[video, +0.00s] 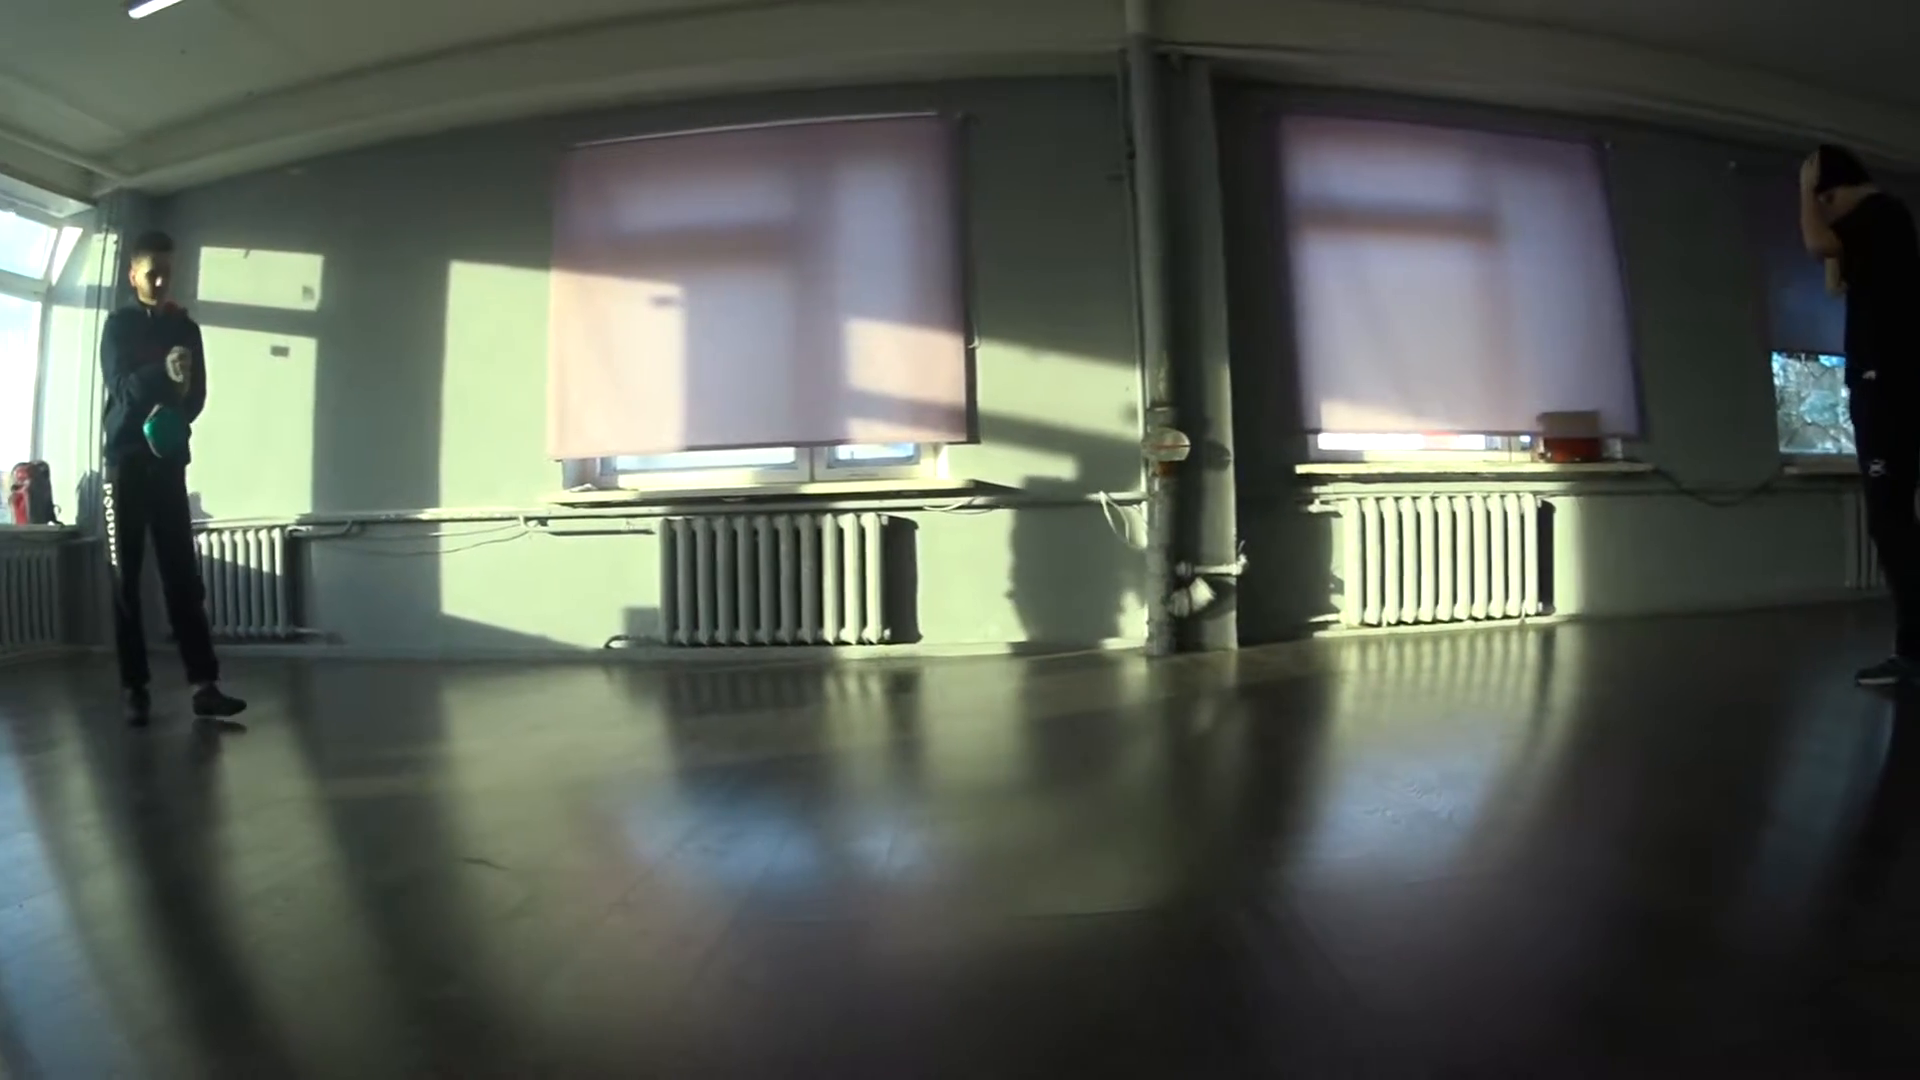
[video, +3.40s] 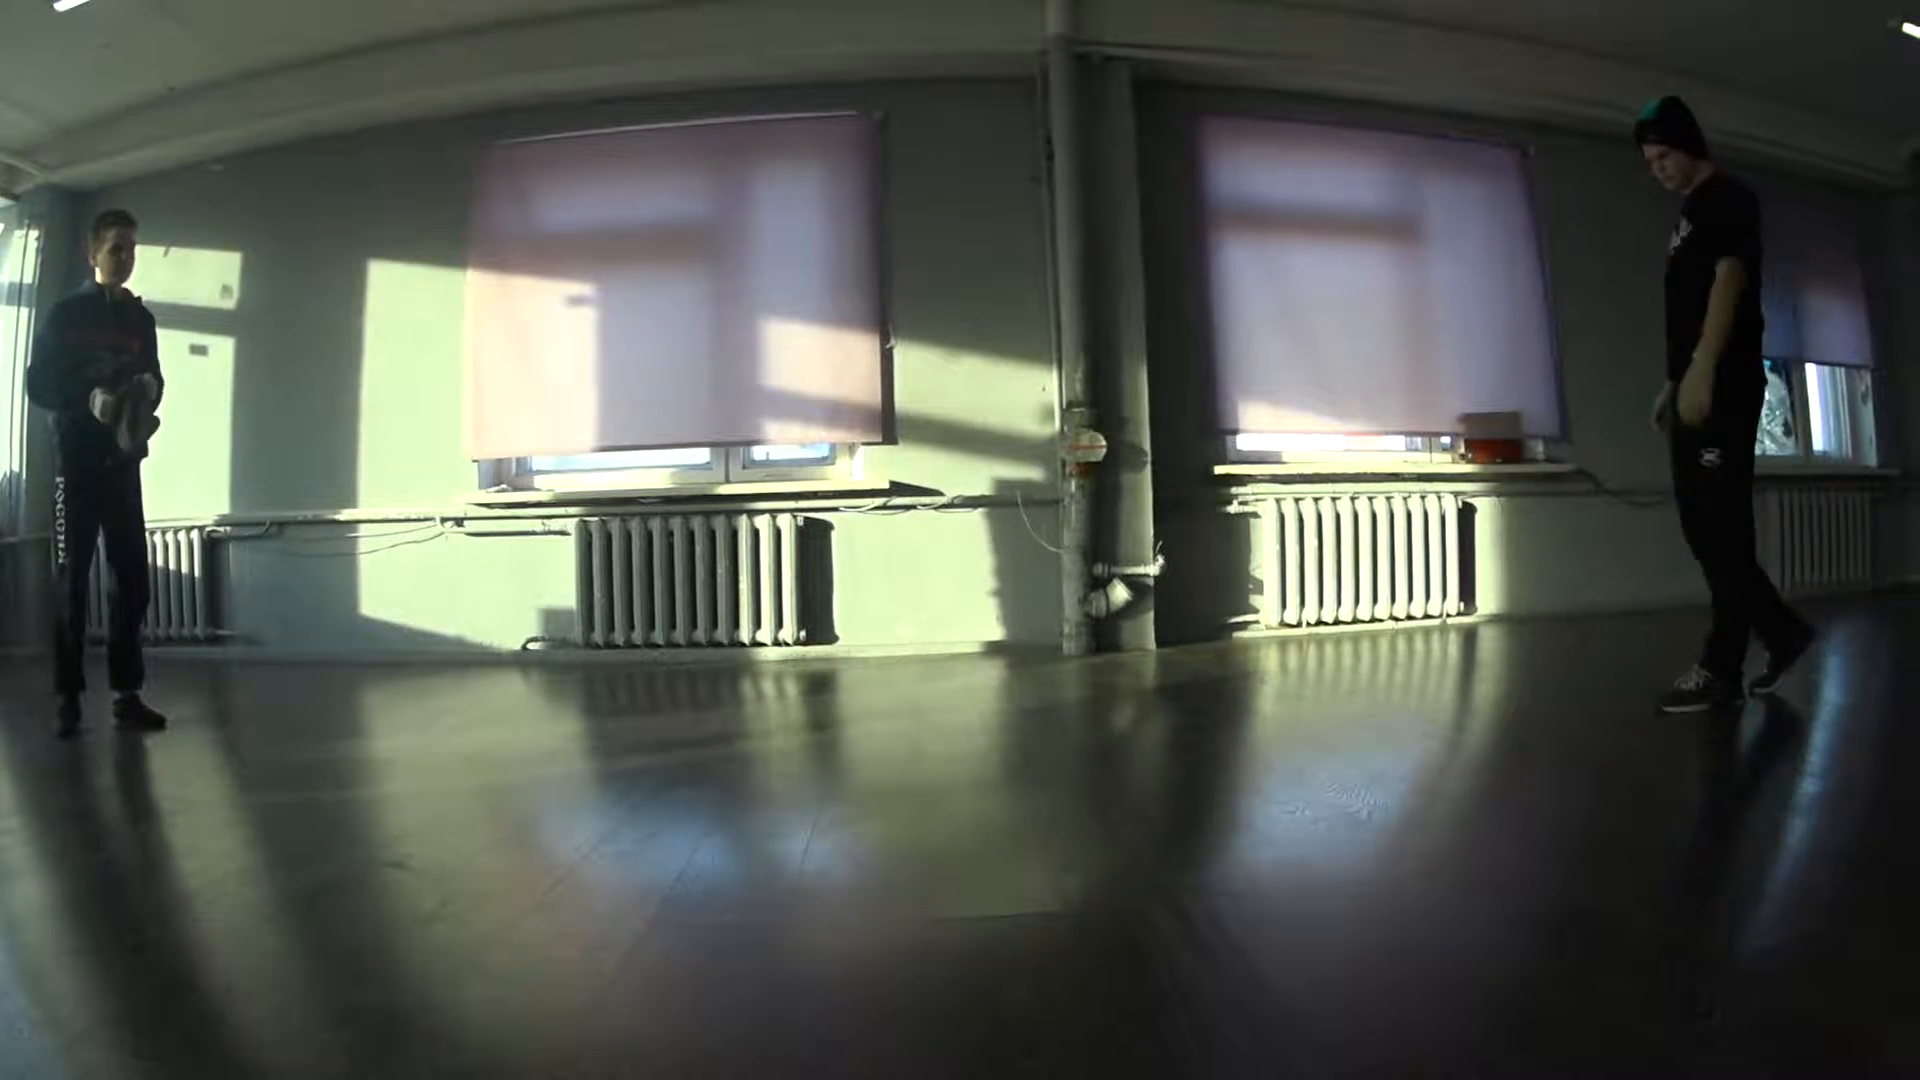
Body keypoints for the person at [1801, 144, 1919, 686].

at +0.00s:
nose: (1820, 207)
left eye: (1820, 195)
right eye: (1818, 197)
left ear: (1833, 190)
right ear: (1857, 181)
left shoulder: (1874, 217)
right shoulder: (1876, 219)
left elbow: (1816, 242)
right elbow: (1837, 280)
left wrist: (1808, 190)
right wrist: (1818, 206)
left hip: (1887, 398)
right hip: (1886, 397)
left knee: (1892, 527)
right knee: (1892, 526)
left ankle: (1910, 655)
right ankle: (1908, 653)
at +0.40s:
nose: (1769, 194)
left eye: (1773, 183)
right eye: (1765, 187)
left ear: (1790, 177)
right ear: (1793, 179)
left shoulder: (1842, 213)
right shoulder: (1787, 239)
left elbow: (1803, 221)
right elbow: (1742, 266)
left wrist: (1774, 170)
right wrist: (1769, 203)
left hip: (1851, 379)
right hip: (1812, 384)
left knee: (1845, 513)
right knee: (1832, 517)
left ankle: (1909, 628)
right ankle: (1860, 654)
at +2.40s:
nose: (1730, 169)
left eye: (1737, 157)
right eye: (1728, 159)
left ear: (1764, 156)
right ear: (1738, 164)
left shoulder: (1804, 201)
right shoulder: (1746, 225)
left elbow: (1762, 199)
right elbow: (1698, 252)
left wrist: (1739, 146)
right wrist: (1716, 197)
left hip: (1805, 374)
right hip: (1766, 378)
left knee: (1797, 516)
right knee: (1783, 521)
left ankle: (1850, 640)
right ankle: (1810, 661)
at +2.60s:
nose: (1724, 179)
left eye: (1732, 168)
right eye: (1716, 172)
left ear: (1756, 164)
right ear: (1711, 176)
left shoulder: (1792, 204)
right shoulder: (1733, 227)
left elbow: (1784, 234)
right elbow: (1702, 290)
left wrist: (1716, 187)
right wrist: (1694, 237)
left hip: (1798, 378)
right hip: (1757, 381)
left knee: (1783, 518)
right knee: (1777, 519)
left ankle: (1811, 665)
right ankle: (1799, 661)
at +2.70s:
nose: (1717, 181)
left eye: (1724, 167)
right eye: (1708, 173)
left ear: (1748, 161)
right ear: (1704, 178)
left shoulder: (1782, 203)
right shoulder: (1733, 232)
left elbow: (1804, 251)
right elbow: (1723, 308)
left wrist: (1721, 262)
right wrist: (1694, 284)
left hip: (1794, 378)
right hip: (1755, 382)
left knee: (1777, 517)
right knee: (1782, 518)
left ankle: (1767, 661)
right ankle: (1813, 661)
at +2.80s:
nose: (1706, 184)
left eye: (1712, 170)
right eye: (1697, 176)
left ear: (1736, 162)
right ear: (1696, 178)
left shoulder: (1773, 208)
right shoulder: (1728, 232)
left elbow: (1808, 274)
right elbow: (1737, 321)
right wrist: (1689, 357)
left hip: (1787, 386)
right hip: (1752, 389)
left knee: (1771, 524)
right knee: (1782, 524)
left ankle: (1734, 662)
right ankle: (1815, 663)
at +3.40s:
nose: (1658, 170)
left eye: (1663, 156)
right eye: (1651, 161)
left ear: (1690, 148)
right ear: (1652, 163)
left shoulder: (1726, 199)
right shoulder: (1694, 209)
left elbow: (1728, 286)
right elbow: (1693, 306)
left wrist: (1702, 371)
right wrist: (1674, 382)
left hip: (1727, 384)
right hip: (1701, 385)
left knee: (1722, 526)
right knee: (1704, 524)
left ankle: (1721, 669)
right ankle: (1784, 632)